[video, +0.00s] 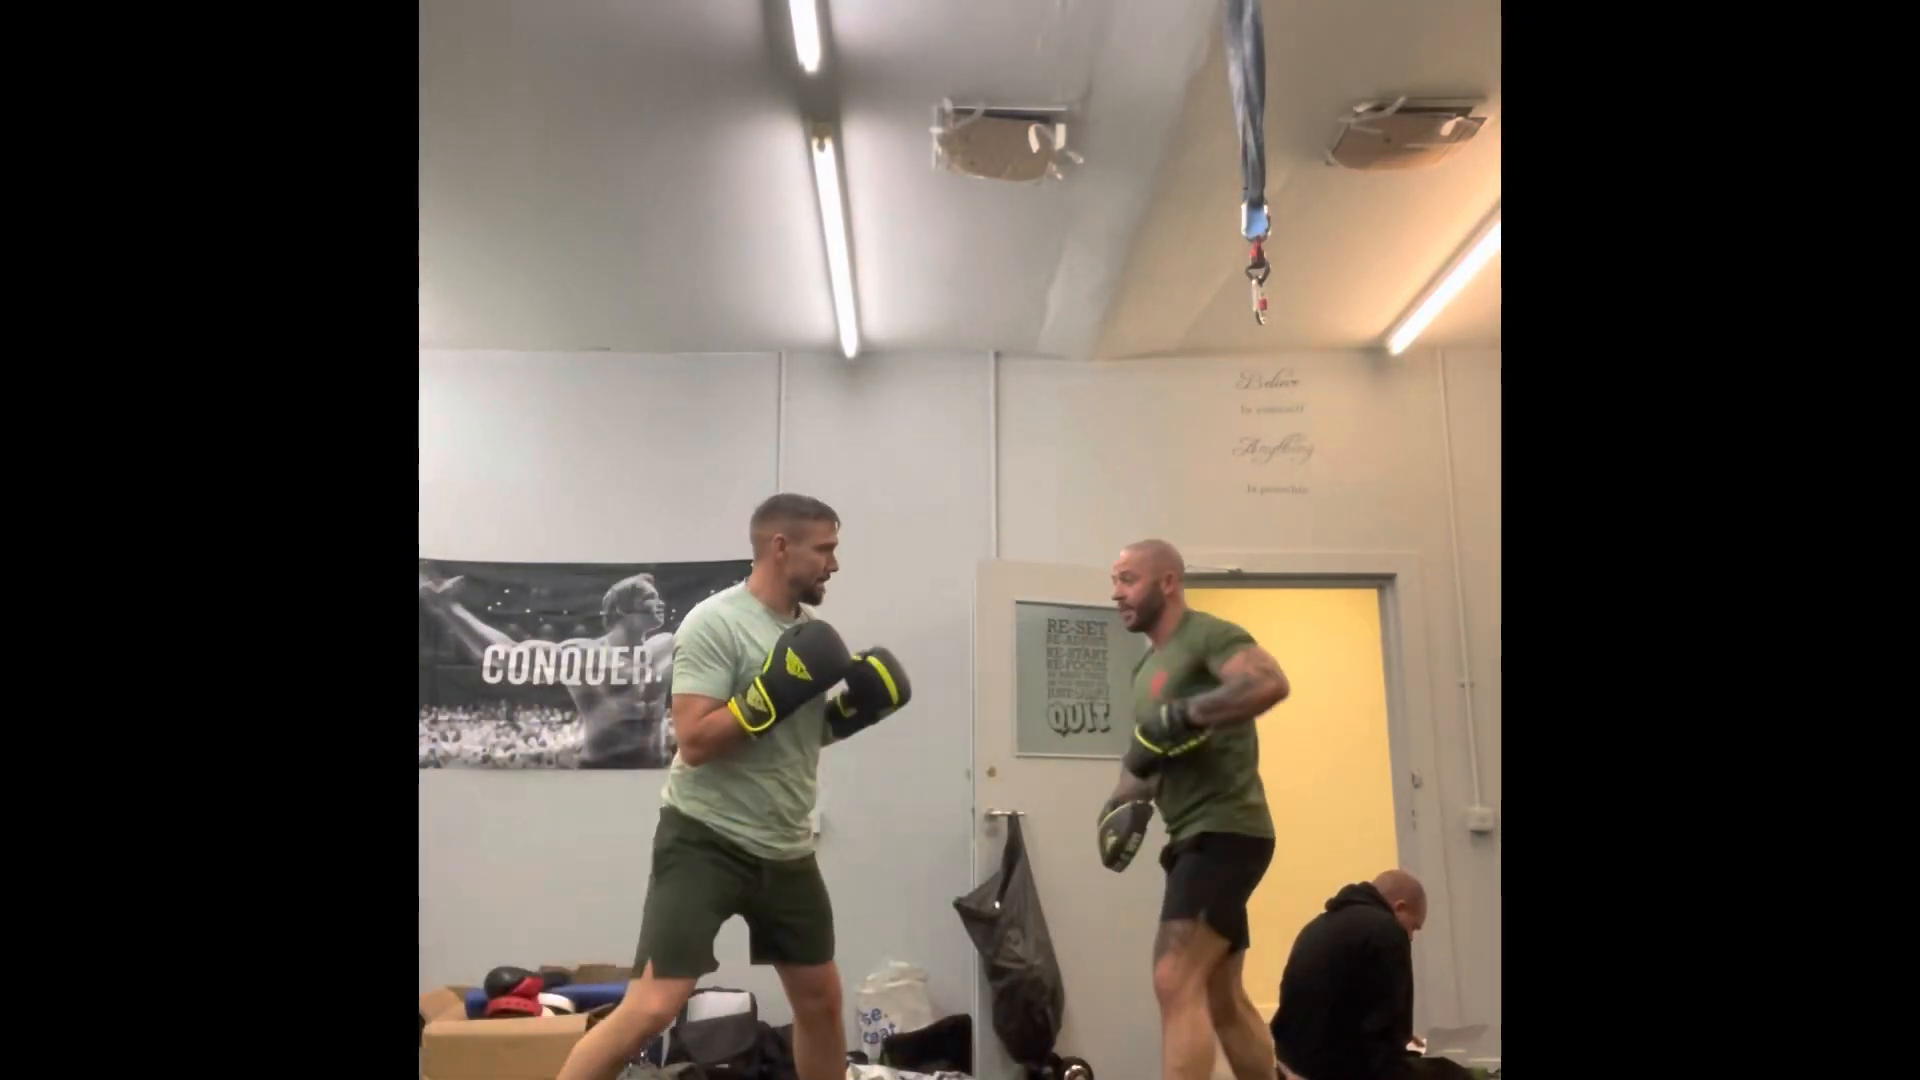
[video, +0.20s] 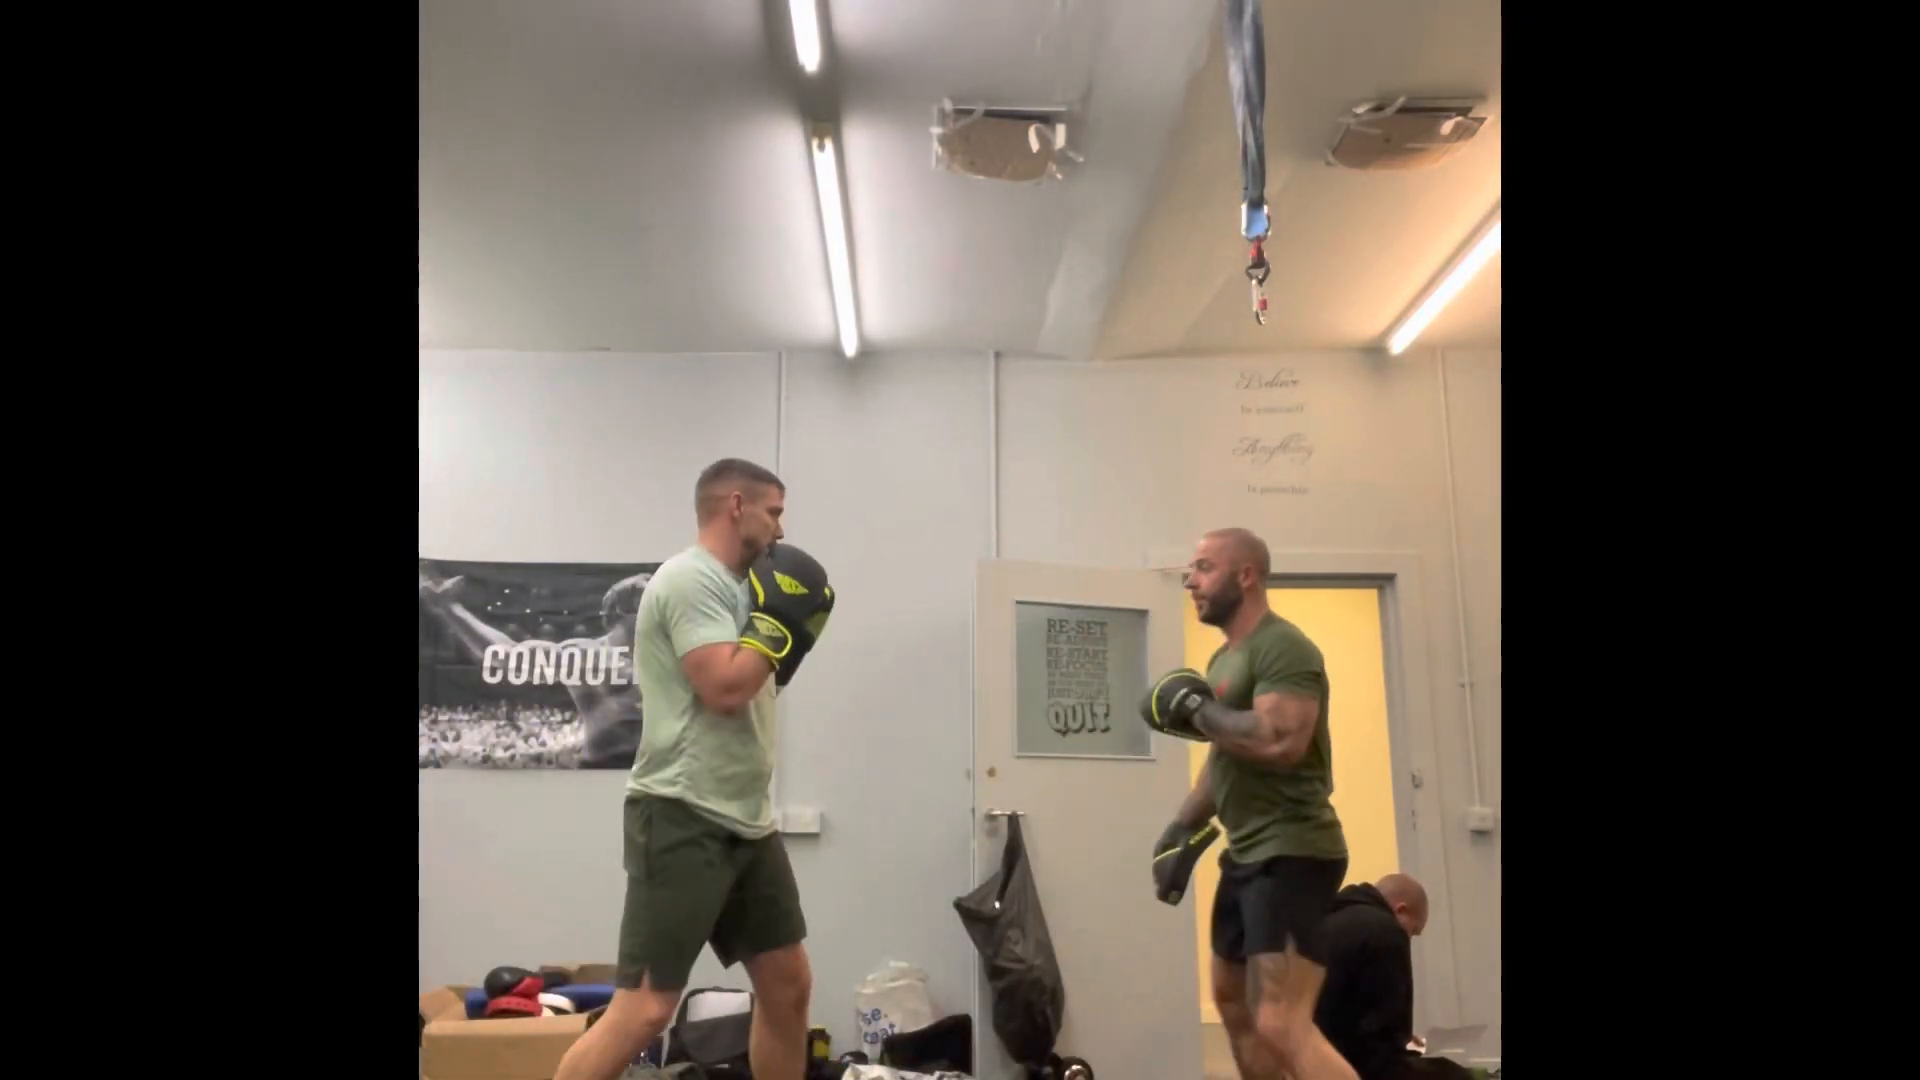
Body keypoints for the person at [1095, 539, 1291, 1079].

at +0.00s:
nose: (1117, 593)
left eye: (1128, 580)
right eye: (1115, 582)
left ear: (1167, 583)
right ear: (1151, 586)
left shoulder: (1209, 633)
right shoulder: (1146, 669)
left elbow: (1268, 681)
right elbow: (1147, 752)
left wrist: (1180, 718)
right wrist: (1124, 808)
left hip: (1229, 830)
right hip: (1192, 836)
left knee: (1176, 980)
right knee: (1225, 1000)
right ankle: (1273, 1078)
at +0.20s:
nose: (1190, 579)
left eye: (1203, 568)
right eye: (1192, 568)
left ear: (1246, 577)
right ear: (1235, 579)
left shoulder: (1284, 647)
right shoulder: (1221, 662)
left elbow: (1283, 741)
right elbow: (1224, 758)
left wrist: (1200, 711)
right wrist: (1182, 831)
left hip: (1295, 849)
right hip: (1244, 854)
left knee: (1281, 1023)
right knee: (1235, 1007)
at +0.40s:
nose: (1249, 548)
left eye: (1261, 533)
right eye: (1250, 534)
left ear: (1308, 539)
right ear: (1305, 542)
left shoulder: (1352, 603)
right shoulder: (1311, 627)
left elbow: (1422, 684)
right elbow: (1340, 740)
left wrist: (1304, 729)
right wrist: (1274, 781)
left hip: (1376, 839)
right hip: (1350, 840)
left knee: (1362, 1036)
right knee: (1393, 1028)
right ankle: (1469, 1074)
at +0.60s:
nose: (1308, 543)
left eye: (1320, 528)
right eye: (1307, 530)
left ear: (1368, 529)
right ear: (1361, 533)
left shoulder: (1419, 592)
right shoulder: (1357, 620)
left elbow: (1441, 691)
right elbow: (1355, 719)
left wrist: (1331, 681)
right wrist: (1318, 770)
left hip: (1427, 825)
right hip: (1408, 827)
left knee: (1394, 1012)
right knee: (1446, 1011)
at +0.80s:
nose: (1311, 565)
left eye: (1322, 548)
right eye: (1308, 551)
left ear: (1372, 544)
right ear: (1364, 550)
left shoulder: (1418, 601)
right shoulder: (1355, 641)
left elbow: (1347, 682)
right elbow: (1320, 740)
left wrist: (1261, 682)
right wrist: (1246, 738)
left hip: (1444, 835)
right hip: (1418, 837)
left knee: (1380, 1017)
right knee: (1452, 1025)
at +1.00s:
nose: (1284, 557)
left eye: (1297, 541)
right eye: (1281, 544)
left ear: (1346, 540)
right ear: (1344, 545)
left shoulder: (1377, 599)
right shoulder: (1357, 625)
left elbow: (1282, 682)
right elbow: (1295, 735)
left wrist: (1218, 678)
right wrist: (1208, 733)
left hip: (1420, 834)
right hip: (1426, 834)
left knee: (1342, 1018)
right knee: (1452, 1024)